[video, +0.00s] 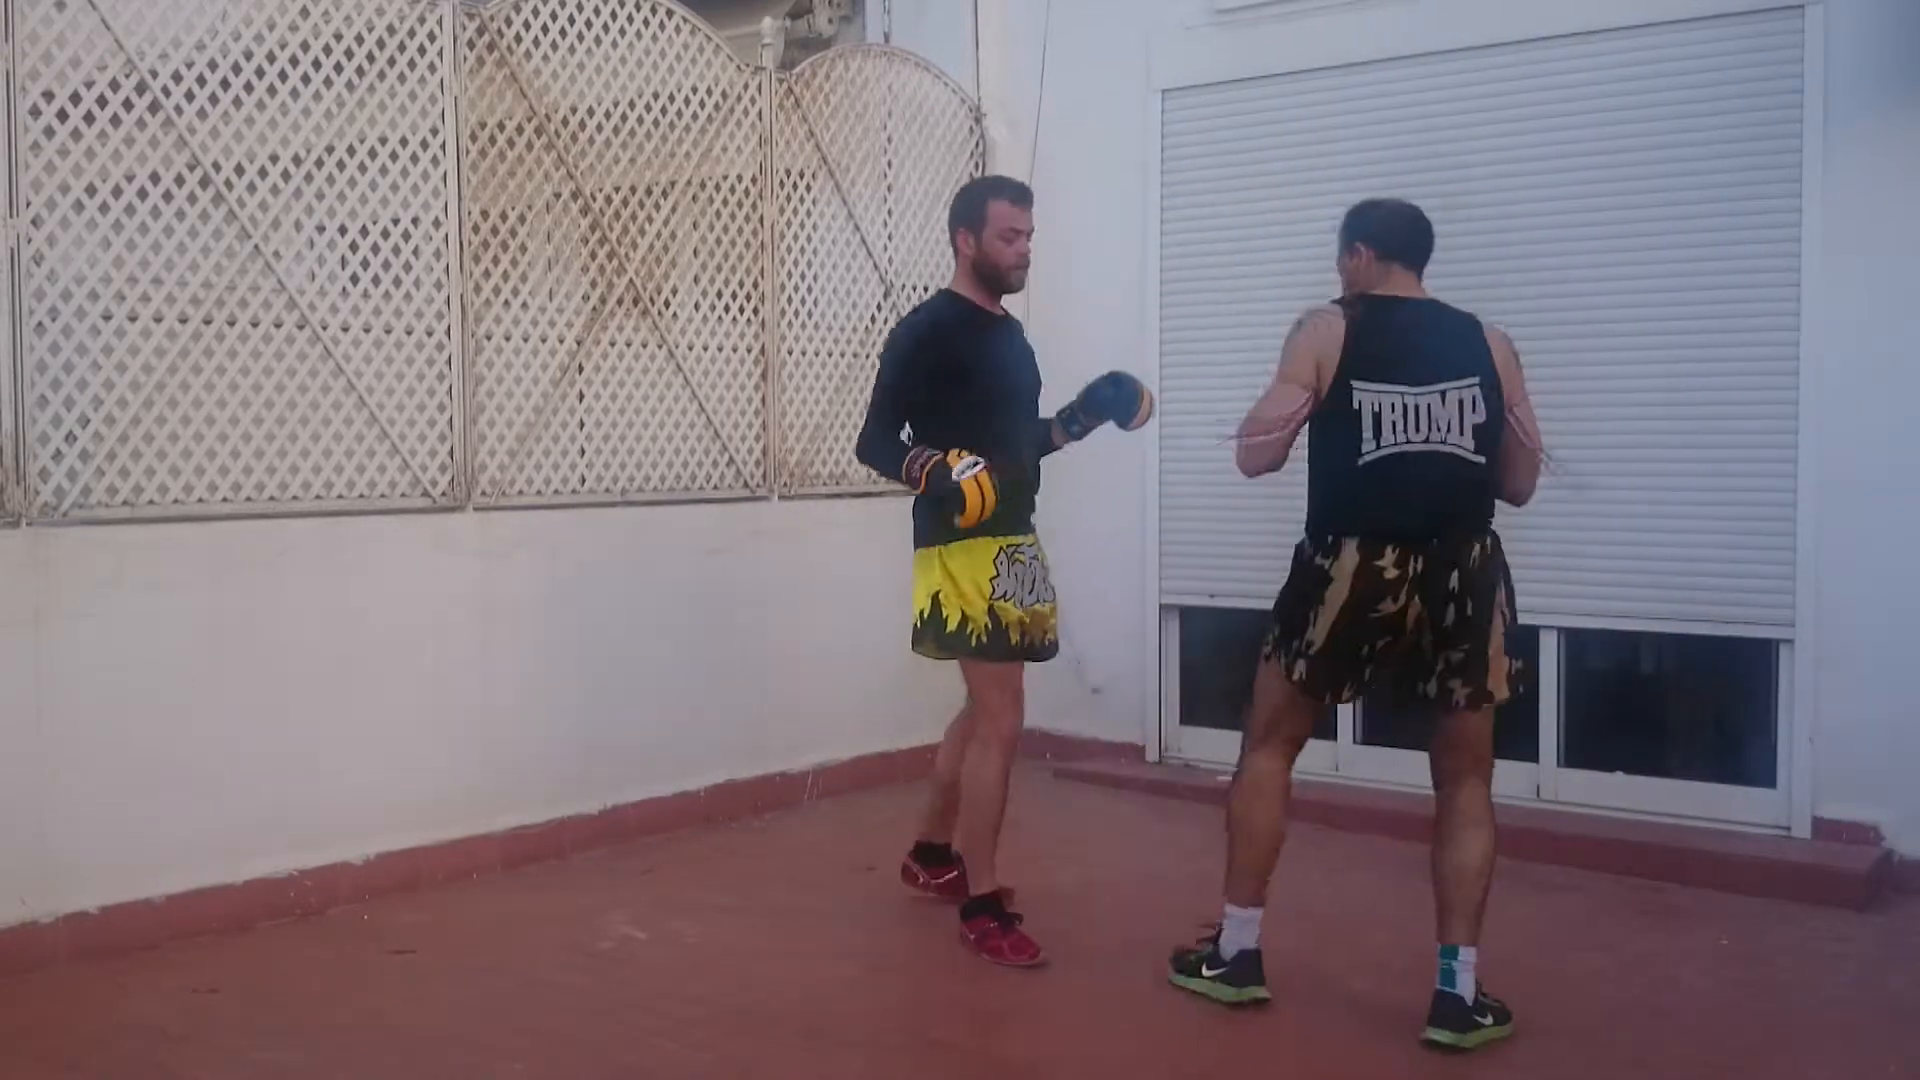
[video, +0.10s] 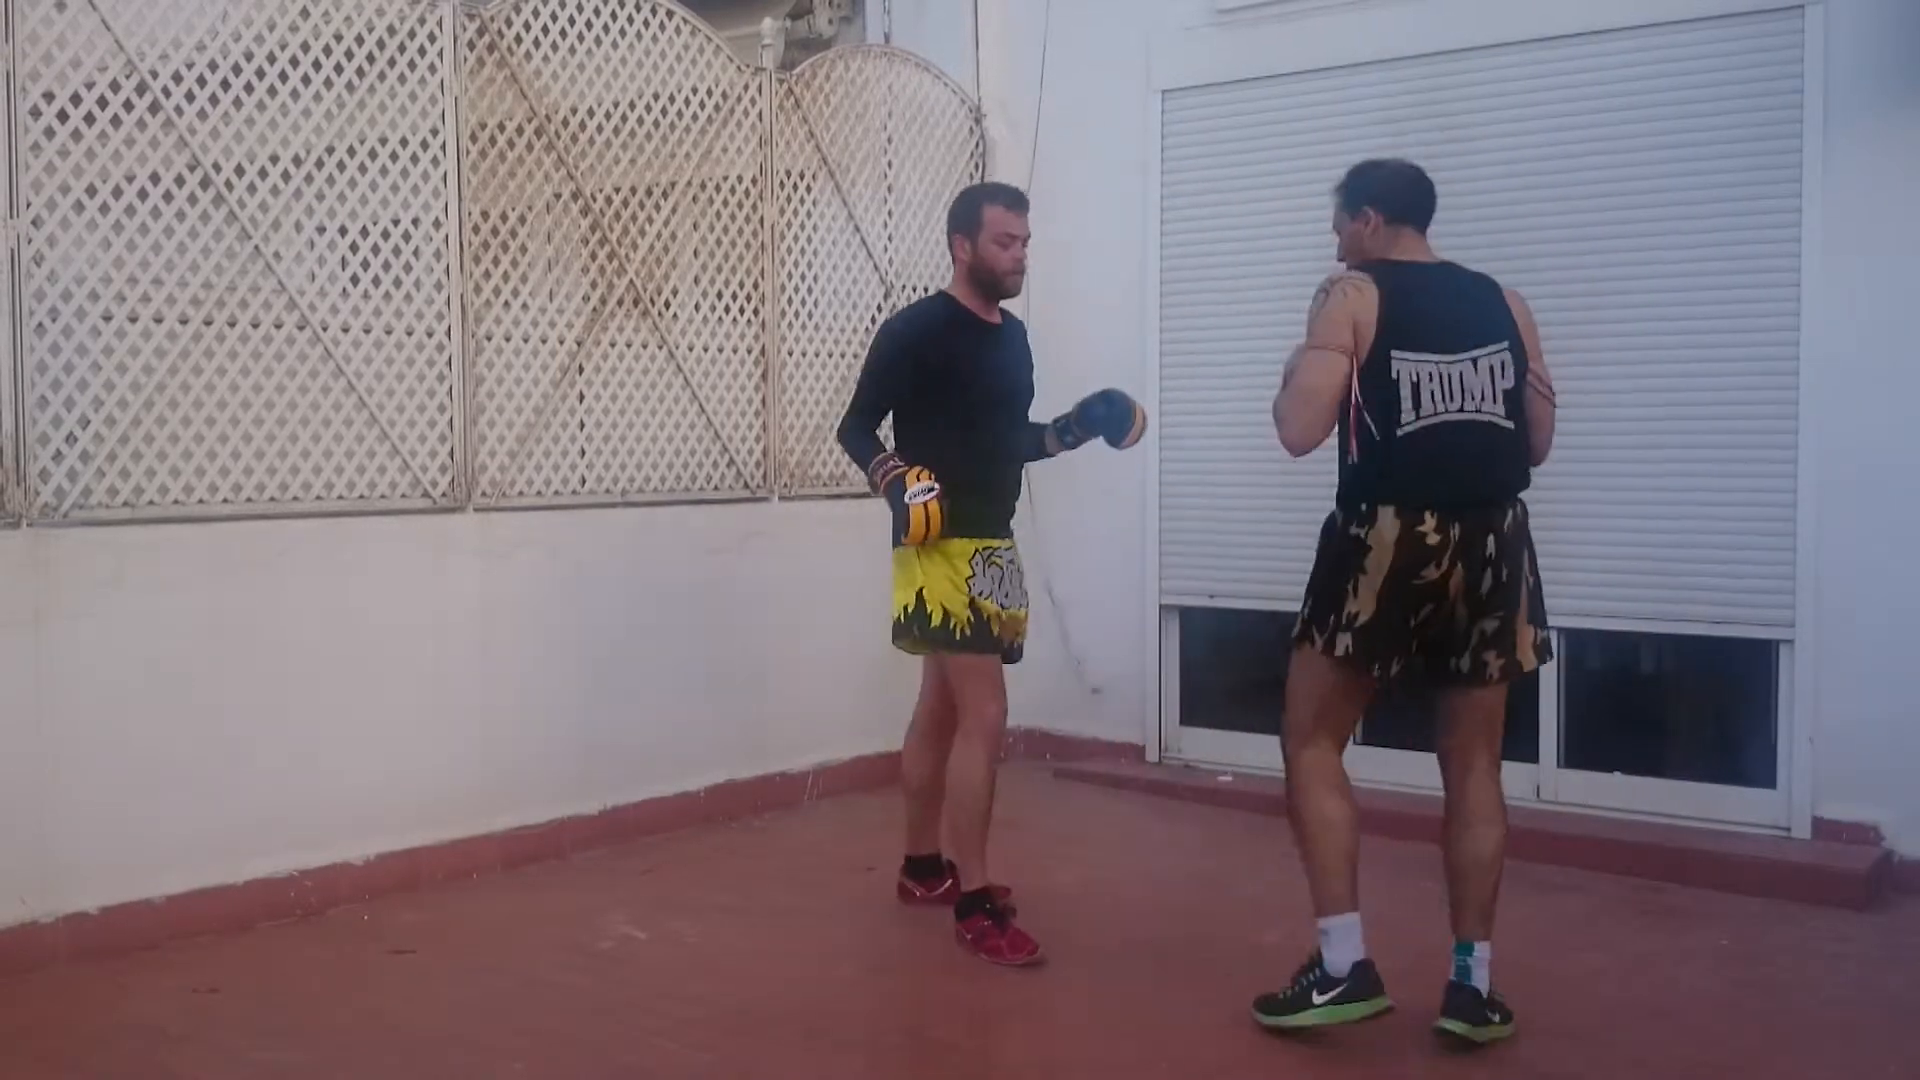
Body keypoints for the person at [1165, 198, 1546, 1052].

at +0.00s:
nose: (1338, 272)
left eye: (1340, 258)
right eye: (1340, 259)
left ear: (1362, 256)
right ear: (1424, 262)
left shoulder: (1327, 329)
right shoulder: (1489, 343)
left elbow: (1256, 454)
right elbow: (1520, 483)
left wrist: (1312, 394)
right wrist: (1471, 413)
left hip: (1348, 570)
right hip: (1464, 577)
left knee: (1271, 749)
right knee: (1466, 782)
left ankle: (1236, 952)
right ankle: (1457, 994)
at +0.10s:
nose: (1338, 245)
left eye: (1340, 232)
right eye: (1338, 232)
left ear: (1366, 220)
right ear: (1423, 221)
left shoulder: (1354, 294)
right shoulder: (1505, 302)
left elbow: (1300, 429)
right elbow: (1537, 440)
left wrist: (1323, 339)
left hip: (1384, 544)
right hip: (1493, 549)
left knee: (1313, 742)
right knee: (1475, 767)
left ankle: (1342, 965)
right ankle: (1473, 984)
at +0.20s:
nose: (1339, 221)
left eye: (1342, 206)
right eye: (1339, 207)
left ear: (1373, 201)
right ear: (1430, 198)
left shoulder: (1368, 276)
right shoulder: (1513, 273)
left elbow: (1322, 415)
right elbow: (1549, 406)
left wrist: (1305, 345)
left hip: (1404, 531)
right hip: (1512, 530)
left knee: (1369, 764)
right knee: (1507, 757)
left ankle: (1435, 984)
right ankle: (1525, 973)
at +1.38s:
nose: (1361, 284)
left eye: (1362, 270)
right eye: (1359, 273)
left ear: (1394, 252)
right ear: (1443, 252)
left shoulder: (1399, 314)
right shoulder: (1516, 324)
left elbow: (1296, 422)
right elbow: (1459, 403)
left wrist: (1274, 335)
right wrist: (1371, 358)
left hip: (1416, 565)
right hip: (1527, 580)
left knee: (1279, 719)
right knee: (1548, 797)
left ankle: (1301, 935)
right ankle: (1603, 1017)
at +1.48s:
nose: (1341, 309)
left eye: (1342, 295)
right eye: (1341, 297)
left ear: (1366, 283)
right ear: (1419, 284)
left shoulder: (1370, 338)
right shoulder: (1492, 348)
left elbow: (1264, 436)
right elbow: (1441, 421)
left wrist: (1252, 349)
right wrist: (1355, 370)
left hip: (1394, 580)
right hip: (1503, 590)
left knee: (1248, 722)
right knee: (1532, 807)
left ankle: (1194, 931)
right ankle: (1602, 1018)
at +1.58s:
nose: (1289, 360)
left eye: (1292, 348)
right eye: (1289, 350)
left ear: (1315, 342)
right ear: (1371, 341)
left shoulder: (1305, 388)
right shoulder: (1444, 386)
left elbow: (1197, 483)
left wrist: (1219, 414)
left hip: (1353, 604)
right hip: (1471, 611)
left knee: (1222, 753)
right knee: (1523, 810)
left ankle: (1111, 912)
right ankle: (1599, 1016)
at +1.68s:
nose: (1217, 420)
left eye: (1219, 411)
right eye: (1221, 413)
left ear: (1234, 408)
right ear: (1296, 396)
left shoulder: (1222, 450)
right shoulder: (1366, 408)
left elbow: (1123, 551)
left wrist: (1172, 496)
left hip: (1291, 615)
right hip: (1406, 609)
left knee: (1202, 774)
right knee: (1508, 805)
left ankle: (1095, 934)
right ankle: (1597, 1014)